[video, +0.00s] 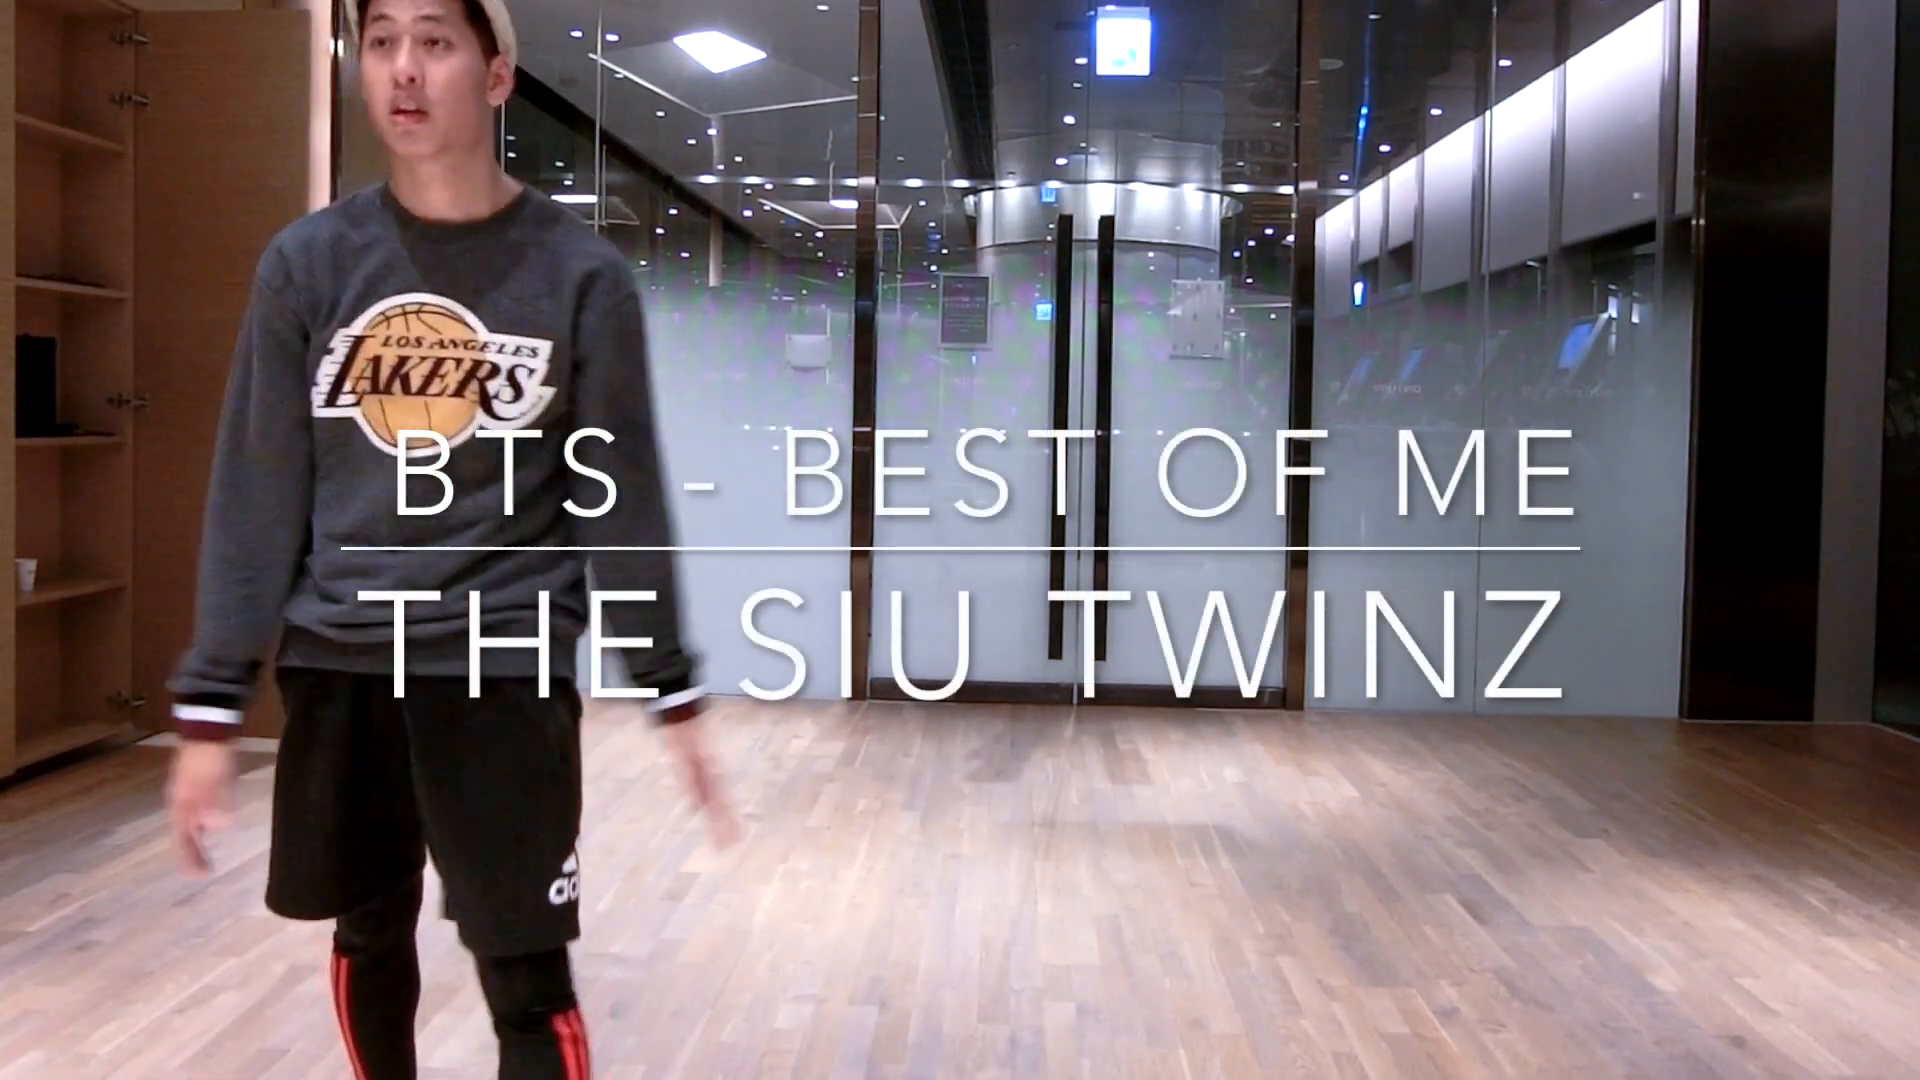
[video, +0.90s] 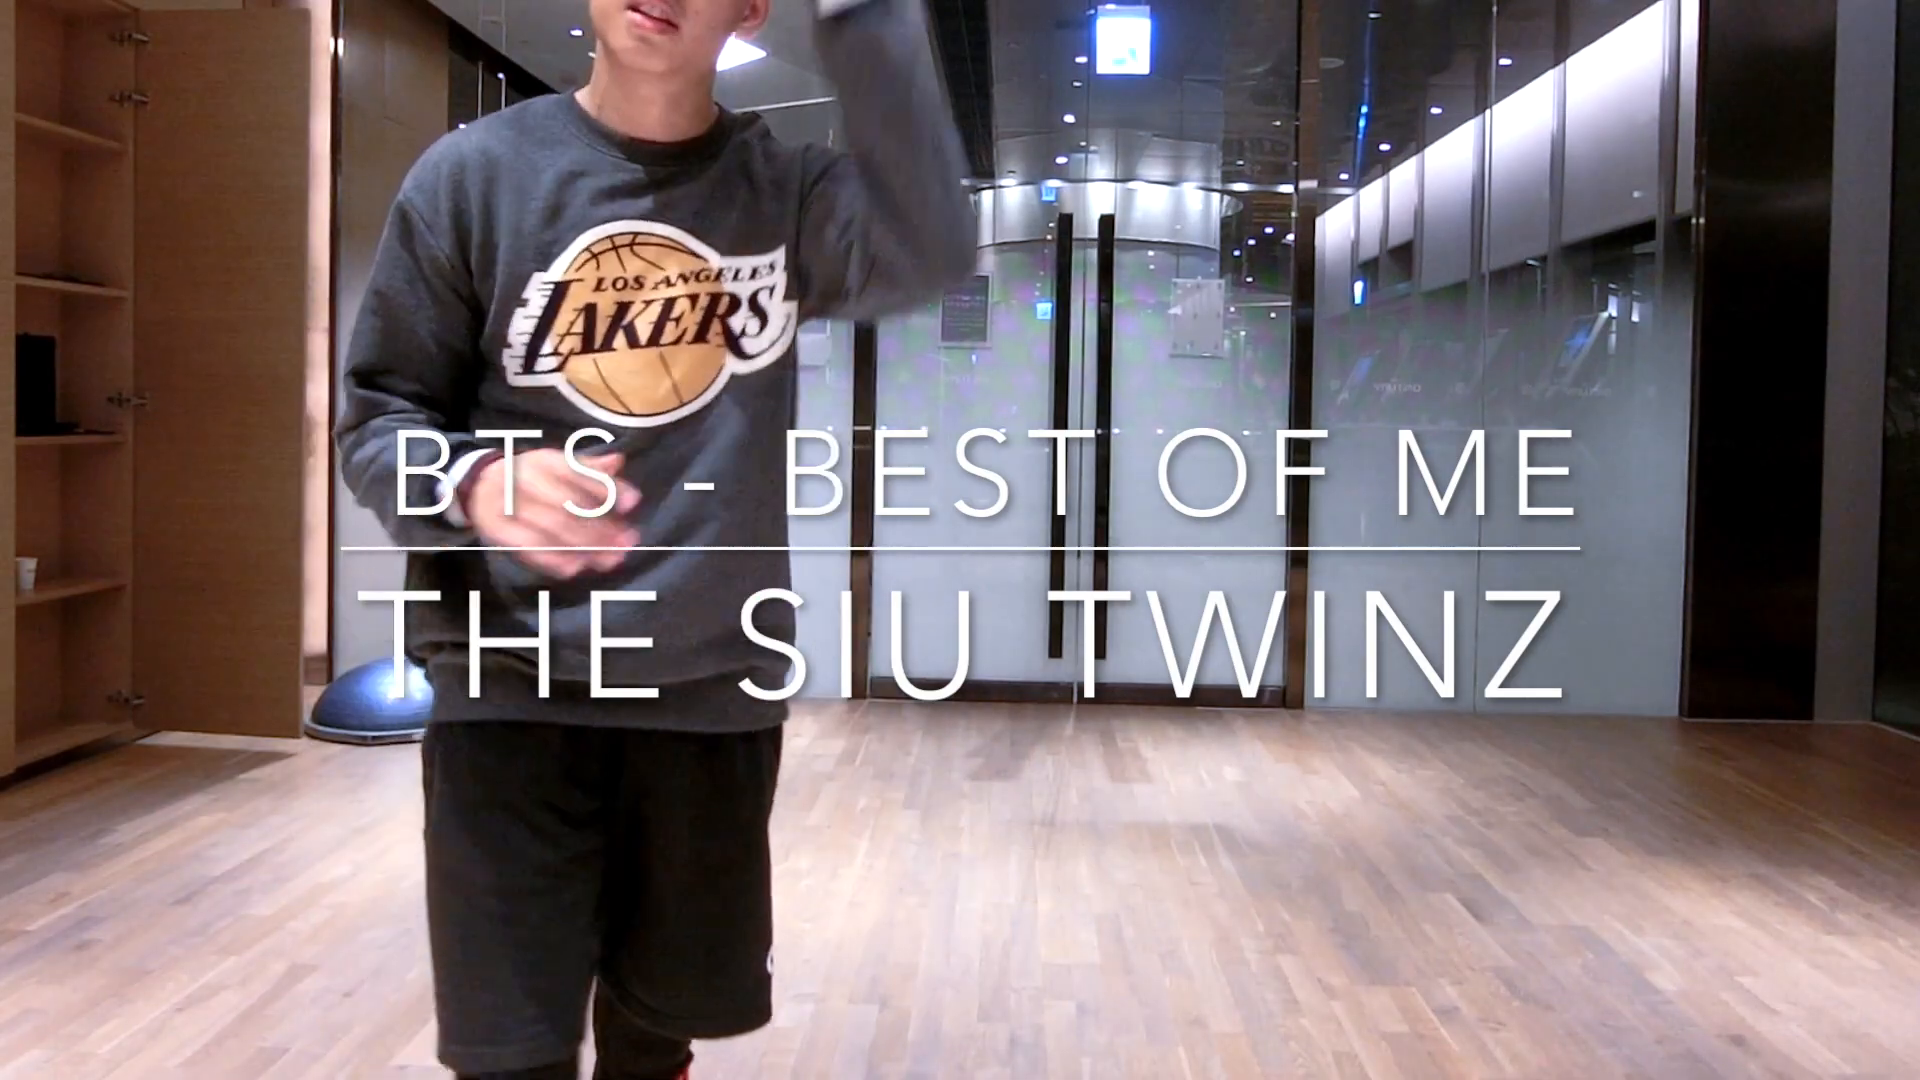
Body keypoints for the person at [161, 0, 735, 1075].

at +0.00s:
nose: (406, 72)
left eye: (437, 44)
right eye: (383, 45)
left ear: (497, 76)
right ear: (356, 77)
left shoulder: (579, 268)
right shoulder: (306, 262)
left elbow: (623, 494)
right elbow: (254, 496)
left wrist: (674, 698)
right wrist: (206, 714)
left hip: (508, 674)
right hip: (343, 671)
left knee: (524, 979)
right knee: (368, 947)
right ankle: (385, 1079)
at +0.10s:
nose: (426, 42)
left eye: (459, 19)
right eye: (405, 20)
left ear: (526, 56)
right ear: (380, 51)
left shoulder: (613, 258)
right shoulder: (323, 247)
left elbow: (695, 463)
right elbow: (242, 458)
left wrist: (777, 620)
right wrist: (153, 630)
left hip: (535, 673)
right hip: (362, 668)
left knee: (555, 990)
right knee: (376, 958)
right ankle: (384, 1079)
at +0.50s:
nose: (591, 11)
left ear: (685, 17)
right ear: (526, 21)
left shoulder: (754, 243)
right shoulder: (431, 204)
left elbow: (833, 489)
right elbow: (323, 444)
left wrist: (909, 718)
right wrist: (221, 672)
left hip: (636, 692)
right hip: (441, 687)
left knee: (618, 1031)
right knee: (396, 1022)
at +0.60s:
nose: (614, 3)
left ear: (710, 15)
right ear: (554, 10)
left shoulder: (772, 234)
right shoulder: (456, 193)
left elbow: (824, 495)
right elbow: (376, 463)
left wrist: (829, 725)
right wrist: (363, 679)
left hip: (661, 704)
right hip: (461, 698)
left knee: (630, 1036)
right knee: (414, 1043)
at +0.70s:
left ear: (727, 16)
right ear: (574, 8)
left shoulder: (785, 219)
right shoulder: (468, 176)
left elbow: (844, 447)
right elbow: (388, 437)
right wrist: (481, 572)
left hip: (675, 697)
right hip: (481, 691)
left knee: (637, 1036)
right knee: (439, 1039)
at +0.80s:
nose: (651, 21)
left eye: (688, 5)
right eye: (641, 1)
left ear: (744, 24)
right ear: (602, 14)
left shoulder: (779, 183)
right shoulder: (472, 168)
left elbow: (893, 389)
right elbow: (381, 426)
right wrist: (508, 477)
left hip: (692, 688)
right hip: (498, 681)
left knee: (644, 1043)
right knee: (474, 1047)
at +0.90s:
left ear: (746, 15)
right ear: (594, 3)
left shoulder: (782, 188)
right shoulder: (471, 174)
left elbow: (935, 251)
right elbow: (374, 419)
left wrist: (862, 20)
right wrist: (472, 485)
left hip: (707, 699)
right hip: (511, 699)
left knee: (655, 1040)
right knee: (511, 1056)